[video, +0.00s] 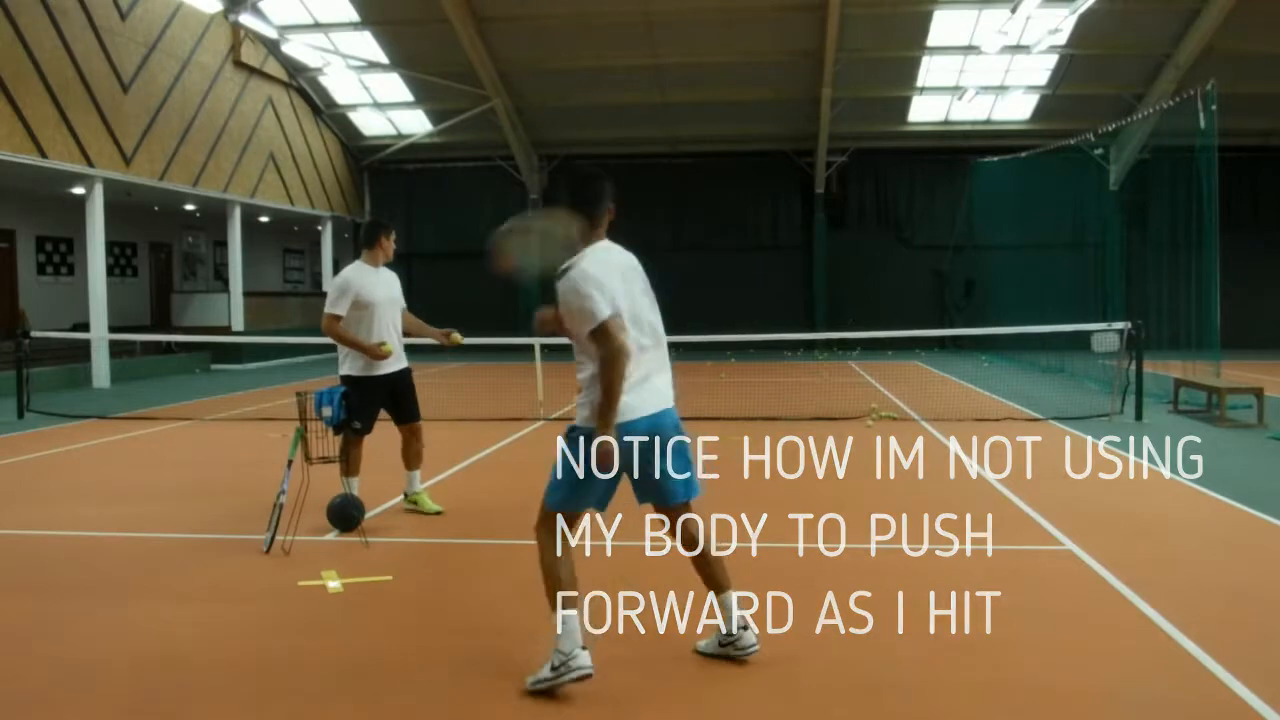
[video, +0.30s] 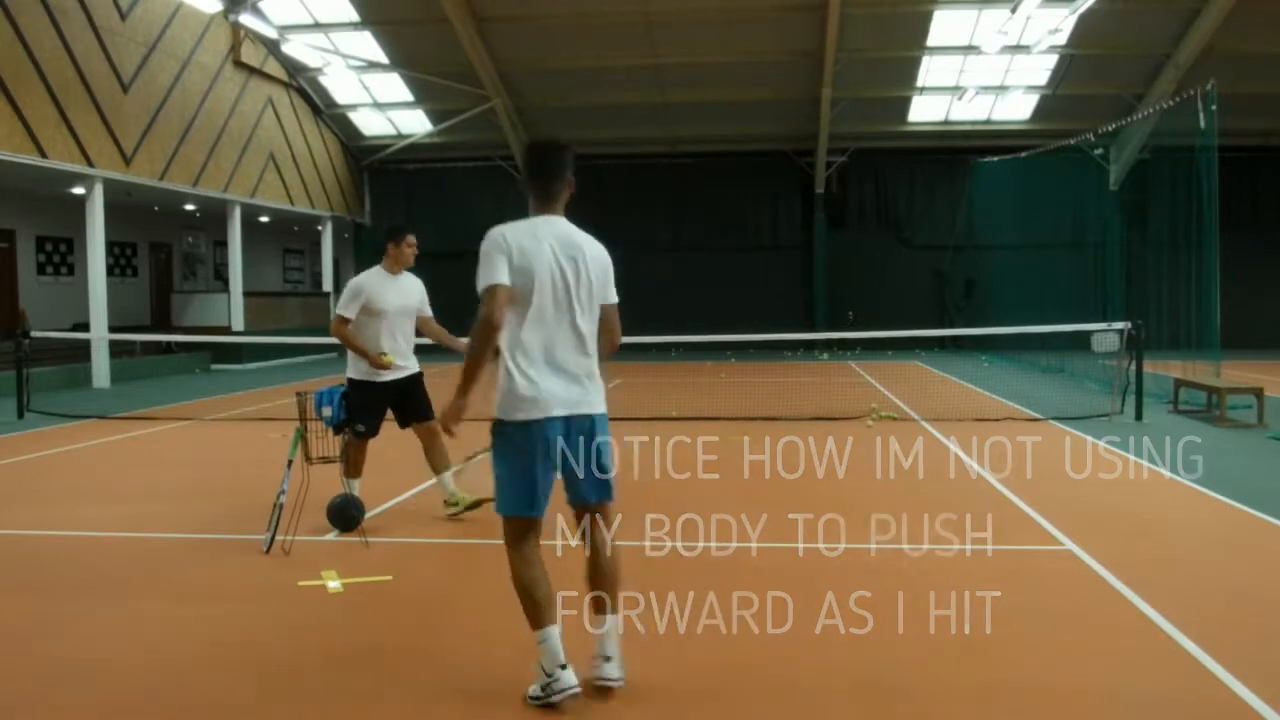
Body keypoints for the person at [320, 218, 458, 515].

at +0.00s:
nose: (395, 247)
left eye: (394, 241)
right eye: (393, 241)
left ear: (379, 242)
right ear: (381, 242)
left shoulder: (391, 277)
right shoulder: (347, 278)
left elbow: (401, 318)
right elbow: (329, 325)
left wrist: (437, 334)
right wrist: (366, 348)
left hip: (397, 371)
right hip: (360, 375)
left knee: (412, 429)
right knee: (353, 437)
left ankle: (413, 492)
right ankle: (351, 502)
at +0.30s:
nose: (415, 252)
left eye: (415, 247)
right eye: (410, 247)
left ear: (408, 251)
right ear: (391, 249)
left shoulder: (415, 284)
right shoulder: (362, 284)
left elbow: (426, 324)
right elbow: (338, 327)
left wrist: (457, 343)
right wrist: (368, 356)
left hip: (407, 375)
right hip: (367, 378)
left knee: (428, 429)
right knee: (358, 440)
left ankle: (452, 495)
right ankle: (351, 502)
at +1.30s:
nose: (410, 254)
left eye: (413, 249)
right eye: (404, 249)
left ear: (417, 255)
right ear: (388, 255)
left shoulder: (430, 291)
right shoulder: (369, 294)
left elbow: (448, 330)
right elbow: (349, 338)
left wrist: (449, 341)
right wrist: (372, 364)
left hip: (422, 381)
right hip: (380, 384)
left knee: (443, 435)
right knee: (363, 444)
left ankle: (459, 500)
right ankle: (341, 492)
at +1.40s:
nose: (396, 252)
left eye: (399, 247)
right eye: (389, 247)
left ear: (403, 252)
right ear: (374, 253)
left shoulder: (416, 289)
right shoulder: (354, 290)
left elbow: (423, 326)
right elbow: (335, 334)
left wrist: (424, 349)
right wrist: (360, 360)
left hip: (408, 380)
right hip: (366, 382)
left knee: (433, 435)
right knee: (353, 442)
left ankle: (457, 500)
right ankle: (339, 497)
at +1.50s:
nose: (386, 250)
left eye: (389, 244)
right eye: (379, 245)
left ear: (393, 249)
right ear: (366, 250)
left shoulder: (405, 286)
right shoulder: (345, 288)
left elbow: (409, 322)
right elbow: (323, 331)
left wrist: (414, 344)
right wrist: (353, 360)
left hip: (398, 379)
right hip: (358, 382)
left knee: (424, 433)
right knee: (347, 442)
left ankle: (445, 497)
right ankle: (338, 498)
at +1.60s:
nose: (381, 248)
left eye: (384, 243)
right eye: (374, 243)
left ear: (388, 248)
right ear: (361, 247)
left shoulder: (397, 283)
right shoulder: (342, 285)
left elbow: (402, 321)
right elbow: (319, 329)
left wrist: (412, 342)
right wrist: (348, 357)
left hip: (392, 376)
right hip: (353, 380)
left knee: (416, 430)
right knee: (345, 442)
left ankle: (421, 496)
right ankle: (337, 498)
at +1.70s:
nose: (379, 246)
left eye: (382, 241)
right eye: (372, 241)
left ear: (386, 245)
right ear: (357, 245)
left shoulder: (393, 281)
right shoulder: (340, 283)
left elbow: (398, 320)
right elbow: (319, 328)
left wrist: (409, 341)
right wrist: (354, 354)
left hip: (390, 375)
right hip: (352, 379)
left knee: (407, 431)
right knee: (344, 440)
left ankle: (411, 495)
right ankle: (337, 497)